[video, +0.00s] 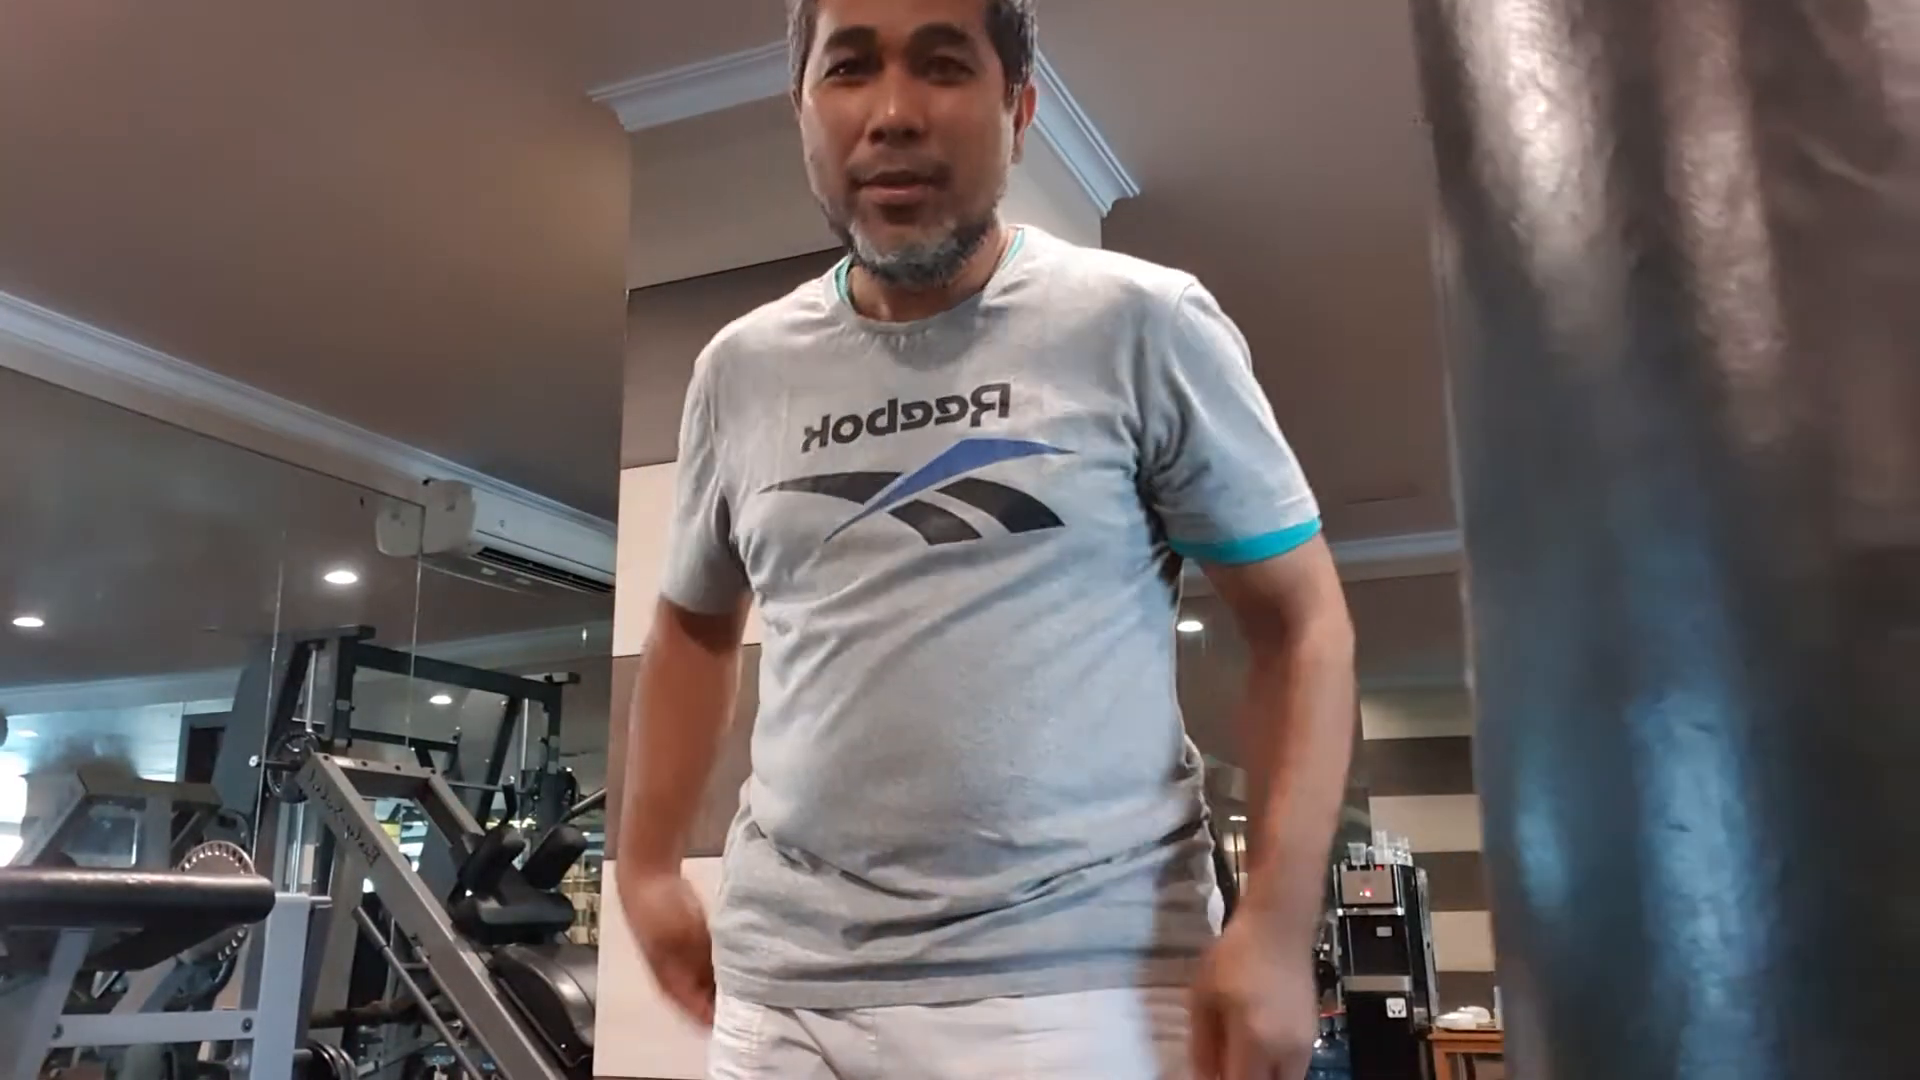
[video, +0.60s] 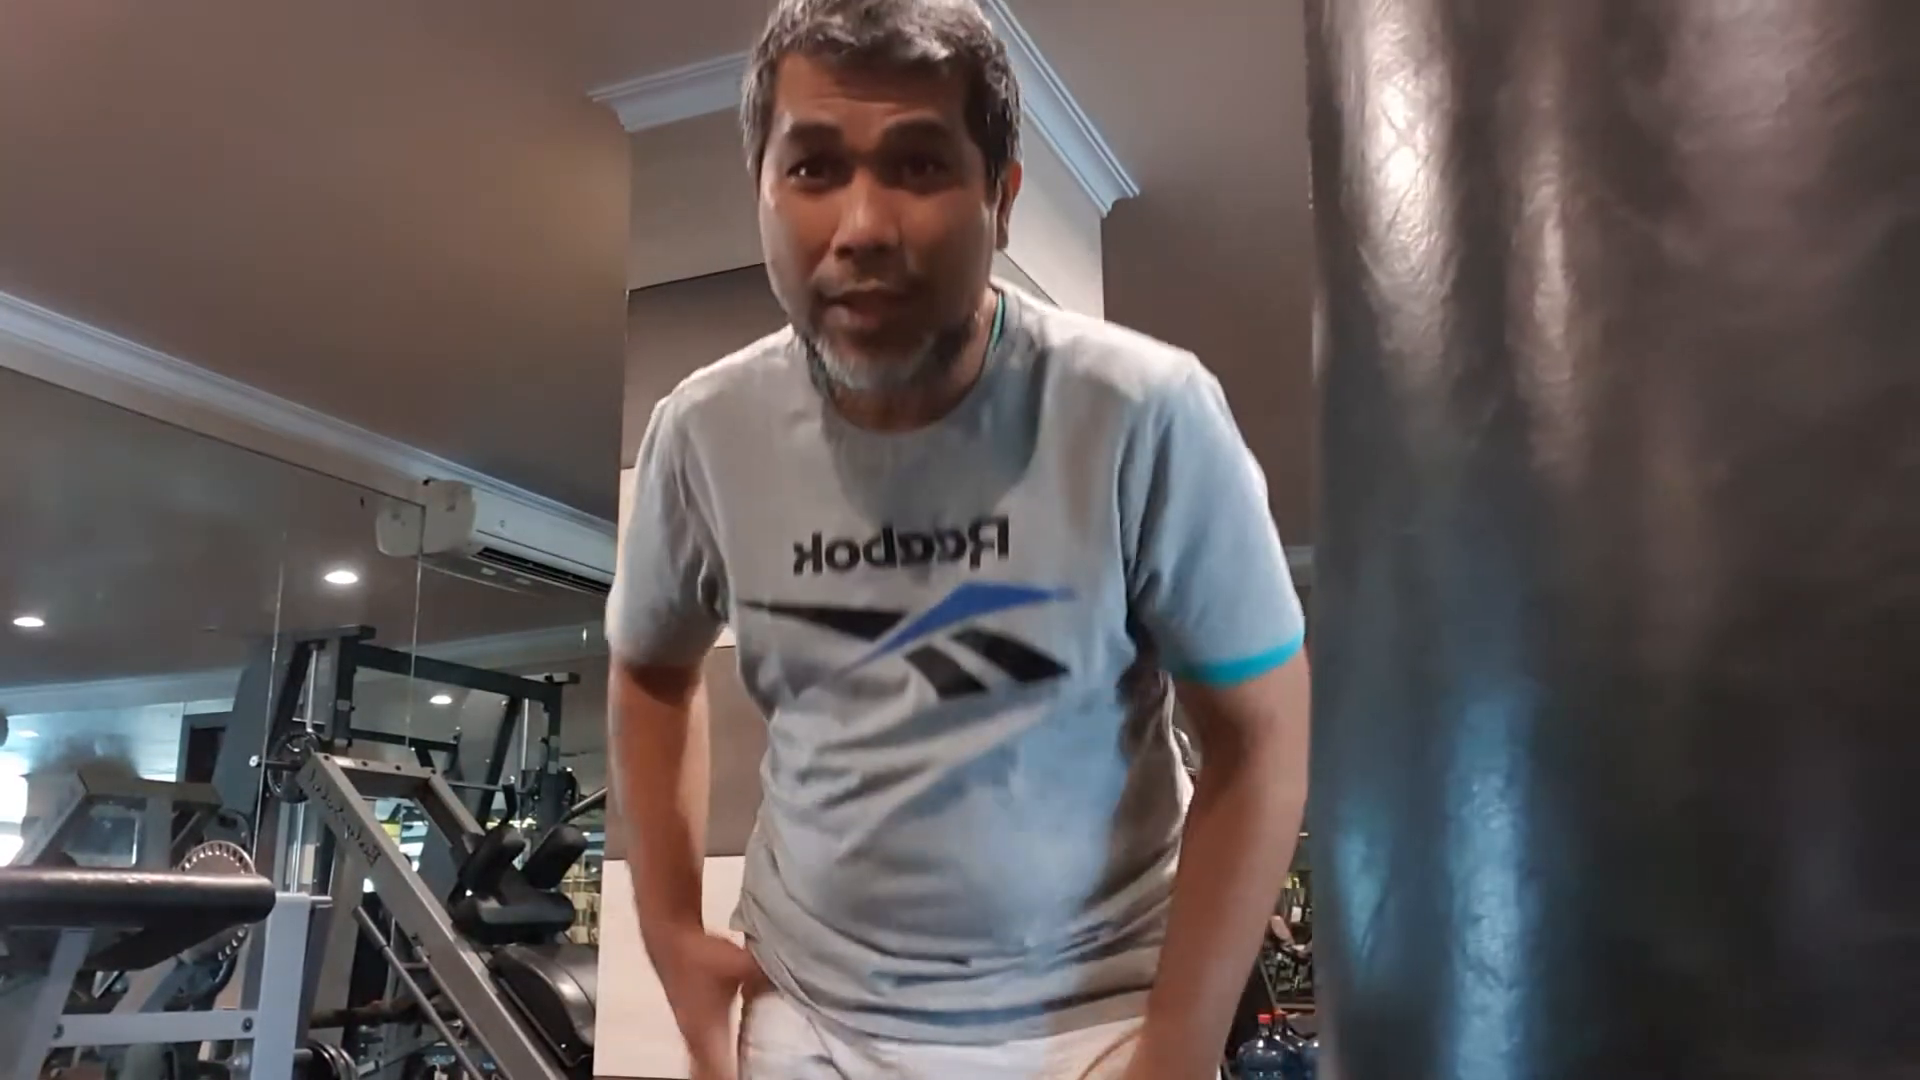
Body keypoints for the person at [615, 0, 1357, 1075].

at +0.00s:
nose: (892, 113)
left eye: (942, 67)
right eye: (851, 69)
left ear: (1017, 108)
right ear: (802, 112)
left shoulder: (1145, 326)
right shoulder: (741, 371)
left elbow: (1302, 623)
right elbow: (696, 628)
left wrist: (1279, 924)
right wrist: (646, 865)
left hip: (1080, 1004)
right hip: (792, 1005)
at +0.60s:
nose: (862, 228)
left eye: (918, 165)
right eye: (815, 167)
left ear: (1001, 197)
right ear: (759, 194)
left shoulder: (1151, 416)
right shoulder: (703, 437)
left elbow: (1259, 743)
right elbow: (653, 672)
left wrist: (1178, 1053)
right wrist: (671, 929)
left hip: (1091, 1020)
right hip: (809, 1013)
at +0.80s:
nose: (856, 276)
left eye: (914, 213)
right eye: (809, 214)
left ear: (1000, 239)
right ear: (754, 236)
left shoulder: (1148, 460)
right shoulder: (690, 471)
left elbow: (1245, 798)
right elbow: (619, 689)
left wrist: (1181, 1066)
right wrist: (678, 943)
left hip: (1090, 1021)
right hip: (817, 1005)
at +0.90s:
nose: (854, 290)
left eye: (913, 227)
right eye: (807, 227)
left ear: (1001, 251)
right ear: (750, 247)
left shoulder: (1147, 468)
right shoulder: (690, 477)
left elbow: (1250, 810)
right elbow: (618, 679)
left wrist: (1183, 1067)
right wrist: (681, 924)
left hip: (1095, 1020)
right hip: (824, 998)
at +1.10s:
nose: (861, 271)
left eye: (921, 210)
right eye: (814, 209)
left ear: (1007, 240)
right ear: (756, 232)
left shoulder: (1149, 463)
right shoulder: (695, 463)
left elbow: (1272, 805)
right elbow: (634, 668)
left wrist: (1232, 1065)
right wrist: (692, 910)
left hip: (1112, 1017)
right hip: (829, 1010)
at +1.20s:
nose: (866, 252)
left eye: (925, 194)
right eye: (819, 192)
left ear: (1010, 227)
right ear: (760, 217)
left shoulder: (1149, 453)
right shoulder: (697, 452)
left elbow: (1272, 787)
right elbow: (638, 664)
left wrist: (1242, 1067)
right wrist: (691, 912)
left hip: (1109, 1019)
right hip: (819, 1013)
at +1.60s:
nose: (866, 221)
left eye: (925, 167)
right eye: (819, 164)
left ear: (1008, 208)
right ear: (766, 203)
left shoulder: (1137, 440)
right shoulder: (688, 443)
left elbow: (1256, 778)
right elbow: (581, 674)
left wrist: (1229, 1066)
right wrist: (611, 942)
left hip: (1091, 1006)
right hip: (797, 996)